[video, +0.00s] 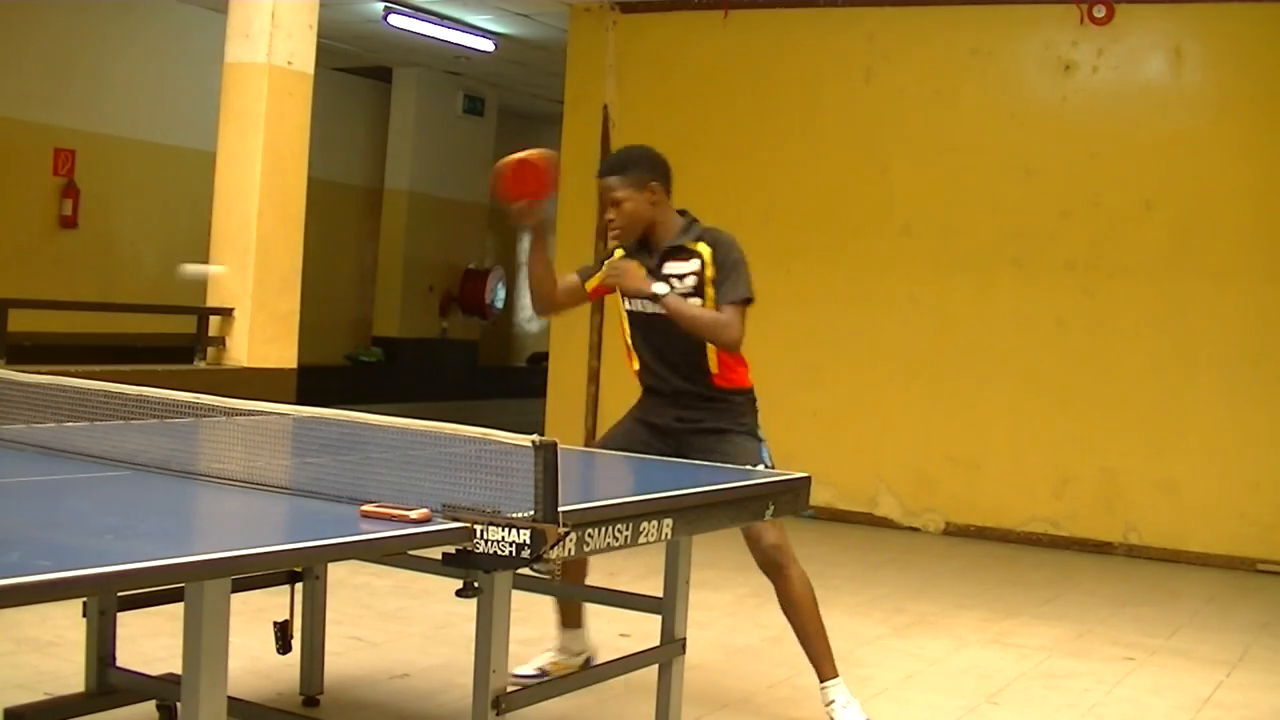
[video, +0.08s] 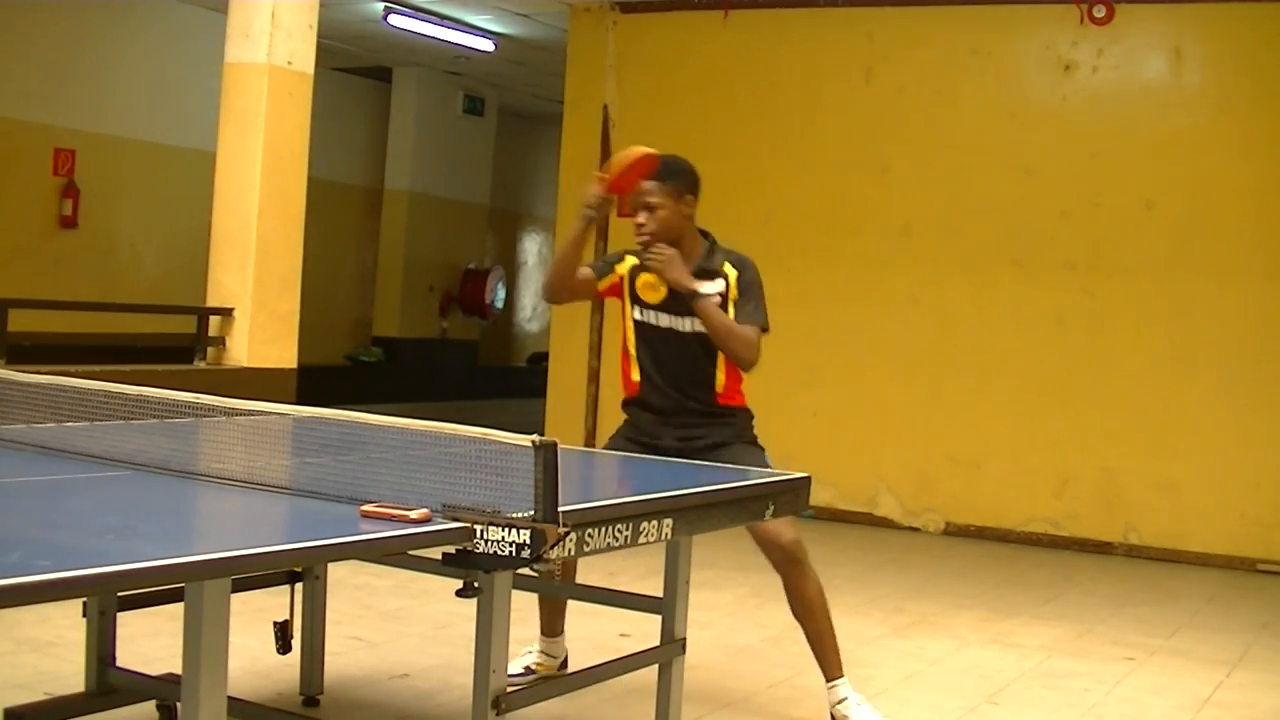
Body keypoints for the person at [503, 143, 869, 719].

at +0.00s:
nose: (607, 216)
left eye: (615, 203)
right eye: (604, 205)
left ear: (653, 196)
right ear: (638, 201)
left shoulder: (716, 248)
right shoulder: (628, 257)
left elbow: (730, 333)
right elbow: (548, 300)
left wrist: (651, 288)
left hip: (723, 424)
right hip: (654, 418)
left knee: (770, 548)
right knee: (564, 506)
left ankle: (835, 693)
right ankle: (570, 648)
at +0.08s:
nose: (636, 220)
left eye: (648, 208)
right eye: (632, 208)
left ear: (687, 207)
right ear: (630, 210)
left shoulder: (734, 269)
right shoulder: (631, 264)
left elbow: (747, 354)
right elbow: (559, 290)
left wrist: (687, 287)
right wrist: (587, 219)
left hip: (722, 437)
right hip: (643, 432)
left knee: (786, 543)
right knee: (557, 521)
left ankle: (840, 693)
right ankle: (549, 654)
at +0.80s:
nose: (818, 252)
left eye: (832, 240)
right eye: (814, 238)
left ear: (868, 236)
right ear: (809, 233)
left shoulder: (910, 281)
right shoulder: (791, 291)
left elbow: (960, 370)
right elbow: (707, 342)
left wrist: (918, 327)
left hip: (899, 433)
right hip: (819, 432)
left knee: (950, 548)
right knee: (733, 535)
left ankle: (961, 701)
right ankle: (697, 660)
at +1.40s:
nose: (619, 270)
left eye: (630, 257)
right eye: (616, 258)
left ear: (667, 254)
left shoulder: (691, 291)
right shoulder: (679, 298)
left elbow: (699, 387)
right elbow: (726, 394)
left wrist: (622, 388)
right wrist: (685, 466)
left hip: (787, 435)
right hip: (735, 434)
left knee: (809, 583)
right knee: (641, 509)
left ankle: (909, 697)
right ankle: (629, 650)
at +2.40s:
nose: (805, 265)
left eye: (819, 252)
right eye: (801, 251)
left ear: (857, 252)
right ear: (798, 251)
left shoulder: (908, 306)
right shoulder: (797, 323)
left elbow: (936, 404)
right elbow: (765, 408)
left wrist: (869, 362)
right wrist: (770, 446)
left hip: (920, 454)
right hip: (847, 455)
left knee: (965, 564)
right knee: (745, 546)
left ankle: (991, 709)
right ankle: (748, 678)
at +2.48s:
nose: (812, 282)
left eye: (825, 270)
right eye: (807, 268)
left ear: (863, 267)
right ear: (802, 264)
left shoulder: (914, 315)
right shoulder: (800, 333)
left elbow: (946, 414)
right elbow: (752, 418)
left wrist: (881, 378)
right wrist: (768, 464)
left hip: (922, 453)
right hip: (847, 455)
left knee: (968, 563)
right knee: (749, 548)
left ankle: (992, 708)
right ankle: (749, 678)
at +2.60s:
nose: (802, 272)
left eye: (816, 261)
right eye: (798, 258)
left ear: (854, 259)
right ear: (795, 253)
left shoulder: (903, 305)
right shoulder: (786, 318)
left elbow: (946, 397)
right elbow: (704, 386)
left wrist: (895, 369)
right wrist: (714, 418)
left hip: (912, 449)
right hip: (835, 451)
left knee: (959, 560)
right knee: (744, 544)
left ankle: (989, 707)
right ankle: (748, 678)